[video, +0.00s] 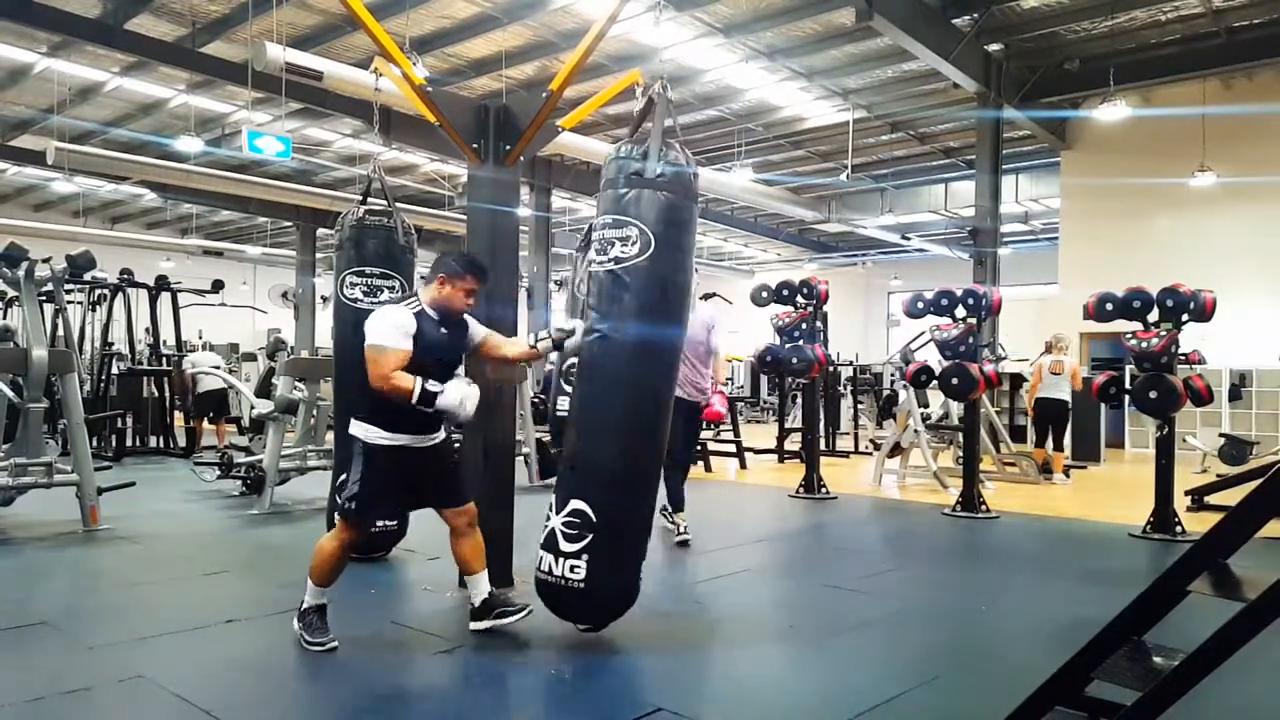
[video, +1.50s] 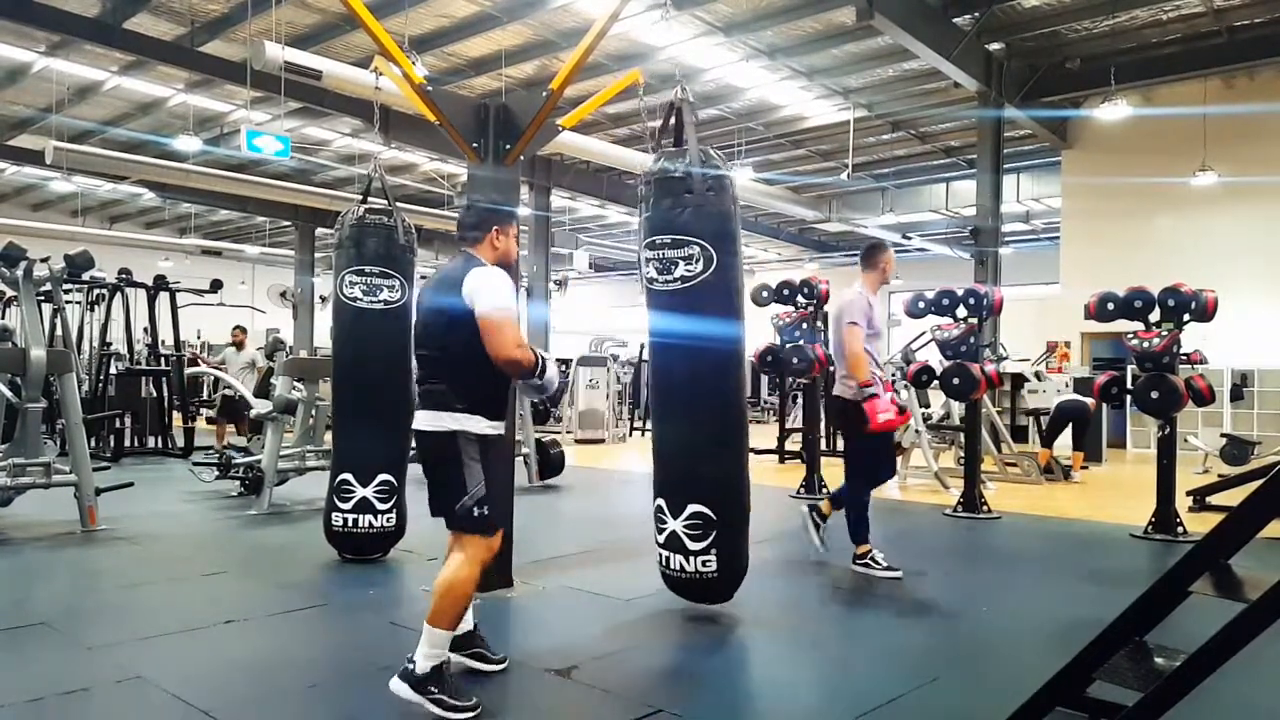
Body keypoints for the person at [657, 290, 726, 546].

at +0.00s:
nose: (687, 285)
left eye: (690, 279)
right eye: (684, 280)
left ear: (696, 283)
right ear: (677, 285)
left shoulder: (709, 314)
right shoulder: (667, 311)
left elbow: (716, 350)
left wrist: (718, 382)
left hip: (698, 394)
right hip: (672, 393)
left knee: (686, 455)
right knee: (673, 456)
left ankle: (672, 506)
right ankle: (678, 515)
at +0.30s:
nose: (697, 278)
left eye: (702, 273)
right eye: (693, 273)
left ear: (710, 277)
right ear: (684, 276)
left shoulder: (722, 307)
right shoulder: (673, 307)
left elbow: (734, 345)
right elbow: (658, 345)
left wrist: (740, 380)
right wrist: (656, 385)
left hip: (715, 391)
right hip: (680, 390)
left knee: (726, 453)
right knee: (680, 457)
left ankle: (695, 493)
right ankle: (681, 520)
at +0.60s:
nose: (739, 275)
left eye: (741, 271)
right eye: (733, 270)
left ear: (743, 277)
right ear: (718, 274)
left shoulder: (743, 311)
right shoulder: (705, 304)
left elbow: (743, 356)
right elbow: (693, 340)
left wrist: (751, 390)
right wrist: (707, 360)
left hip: (737, 399)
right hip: (703, 396)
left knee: (742, 462)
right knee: (692, 463)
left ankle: (753, 530)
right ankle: (683, 521)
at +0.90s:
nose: (794, 270)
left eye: (794, 265)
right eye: (789, 265)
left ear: (779, 270)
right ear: (770, 269)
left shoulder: (789, 312)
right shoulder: (748, 301)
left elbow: (797, 355)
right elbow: (734, 344)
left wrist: (809, 394)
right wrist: (742, 382)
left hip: (780, 396)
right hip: (752, 392)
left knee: (768, 463)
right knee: (760, 461)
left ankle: (755, 535)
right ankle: (718, 504)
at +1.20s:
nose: (842, 273)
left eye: (840, 267)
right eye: (838, 267)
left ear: (823, 270)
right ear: (825, 270)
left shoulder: (820, 308)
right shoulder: (794, 304)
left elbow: (824, 356)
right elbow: (767, 349)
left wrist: (839, 387)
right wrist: (765, 394)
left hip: (813, 401)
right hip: (798, 402)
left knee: (782, 467)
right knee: (820, 473)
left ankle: (758, 534)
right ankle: (848, 549)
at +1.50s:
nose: (893, 271)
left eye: (892, 265)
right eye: (891, 265)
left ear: (871, 265)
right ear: (881, 266)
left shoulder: (868, 302)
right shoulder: (855, 301)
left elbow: (865, 352)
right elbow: (854, 354)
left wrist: (879, 384)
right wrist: (869, 392)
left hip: (868, 397)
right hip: (852, 399)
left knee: (884, 468)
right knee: (860, 476)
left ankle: (824, 508)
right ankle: (862, 550)